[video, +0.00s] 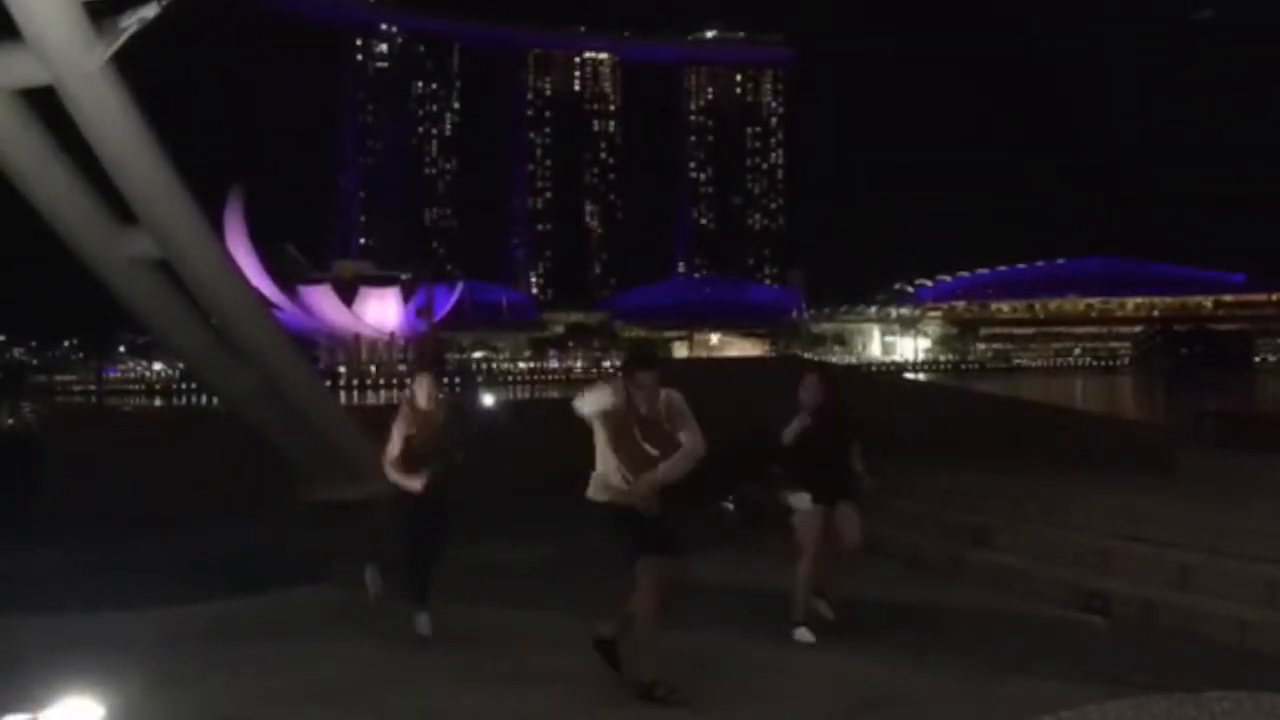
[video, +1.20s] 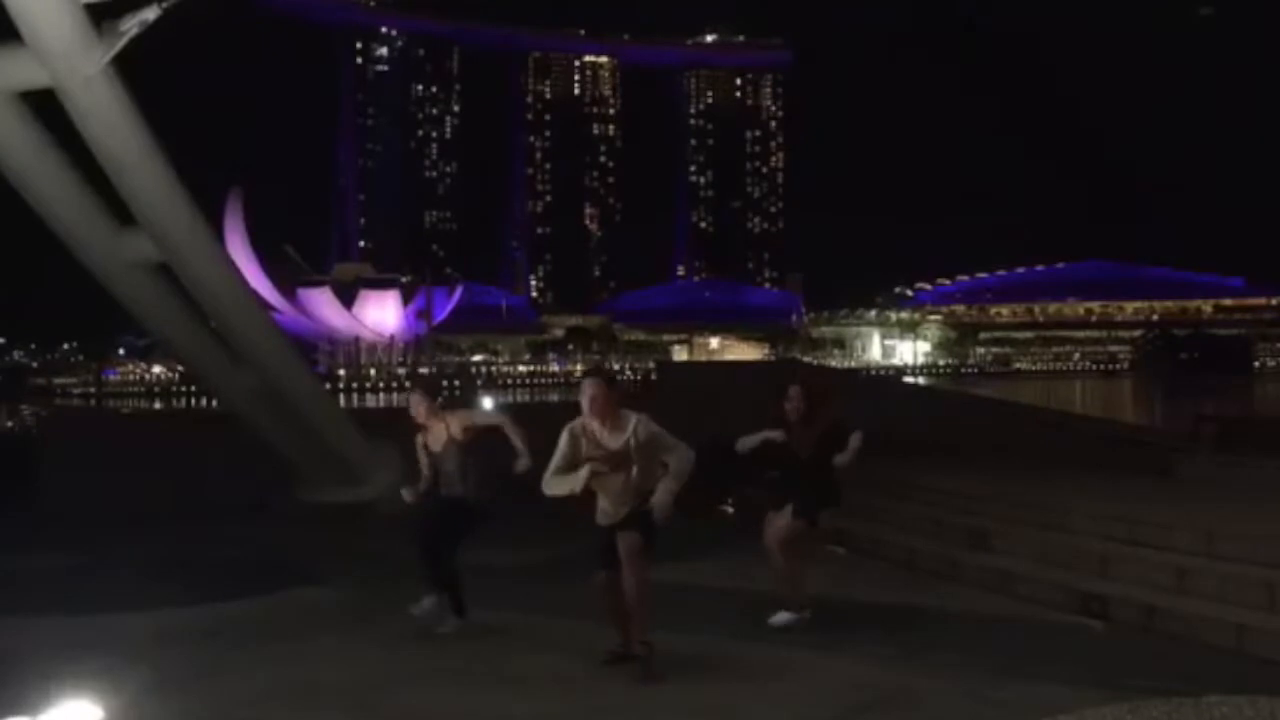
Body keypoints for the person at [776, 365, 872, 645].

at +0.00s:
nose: (808, 394)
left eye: (814, 389)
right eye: (805, 388)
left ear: (825, 393)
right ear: (799, 392)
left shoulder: (839, 421)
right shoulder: (796, 425)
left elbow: (852, 453)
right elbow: (780, 454)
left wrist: (860, 475)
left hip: (837, 489)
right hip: (806, 491)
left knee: (849, 540)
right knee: (810, 551)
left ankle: (821, 593)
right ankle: (799, 620)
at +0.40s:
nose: (818, 391)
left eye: (823, 385)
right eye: (813, 385)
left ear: (830, 387)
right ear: (806, 386)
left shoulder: (839, 413)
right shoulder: (795, 413)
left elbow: (860, 440)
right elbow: (775, 454)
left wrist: (862, 467)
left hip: (836, 487)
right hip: (802, 489)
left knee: (844, 546)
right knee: (805, 551)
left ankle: (843, 606)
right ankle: (797, 618)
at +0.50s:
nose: (820, 394)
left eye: (825, 388)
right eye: (816, 388)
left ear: (834, 391)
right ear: (810, 391)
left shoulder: (847, 422)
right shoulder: (800, 422)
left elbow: (862, 461)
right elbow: (789, 464)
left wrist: (859, 492)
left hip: (839, 495)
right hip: (806, 495)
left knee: (841, 552)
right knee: (800, 552)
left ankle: (843, 610)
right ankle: (788, 615)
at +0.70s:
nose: (817, 400)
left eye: (822, 394)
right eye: (813, 394)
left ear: (832, 398)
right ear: (808, 398)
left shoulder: (843, 428)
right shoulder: (799, 427)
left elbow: (856, 464)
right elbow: (773, 456)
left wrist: (829, 465)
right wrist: (753, 474)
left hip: (834, 498)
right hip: (800, 495)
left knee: (831, 554)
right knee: (789, 549)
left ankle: (841, 609)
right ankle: (781, 602)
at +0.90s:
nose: (797, 393)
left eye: (802, 387)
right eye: (794, 387)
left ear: (814, 389)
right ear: (790, 389)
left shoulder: (827, 416)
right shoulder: (785, 415)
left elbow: (849, 449)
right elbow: (758, 439)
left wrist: (833, 477)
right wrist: (764, 465)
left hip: (817, 484)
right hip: (789, 481)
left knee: (803, 538)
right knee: (787, 540)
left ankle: (824, 599)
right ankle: (794, 600)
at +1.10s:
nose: (786, 410)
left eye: (791, 406)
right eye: (786, 405)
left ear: (807, 409)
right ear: (787, 407)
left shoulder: (825, 432)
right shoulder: (784, 432)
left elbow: (856, 427)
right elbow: (740, 443)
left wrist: (857, 448)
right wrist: (768, 427)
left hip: (817, 498)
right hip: (794, 495)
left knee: (767, 531)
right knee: (793, 547)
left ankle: (759, 600)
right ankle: (797, 604)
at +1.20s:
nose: (789, 406)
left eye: (795, 401)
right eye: (788, 400)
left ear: (809, 404)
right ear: (786, 403)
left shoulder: (822, 429)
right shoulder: (789, 431)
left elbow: (855, 434)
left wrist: (847, 456)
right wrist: (762, 437)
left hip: (818, 491)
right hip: (791, 488)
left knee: (780, 537)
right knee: (771, 532)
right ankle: (793, 600)